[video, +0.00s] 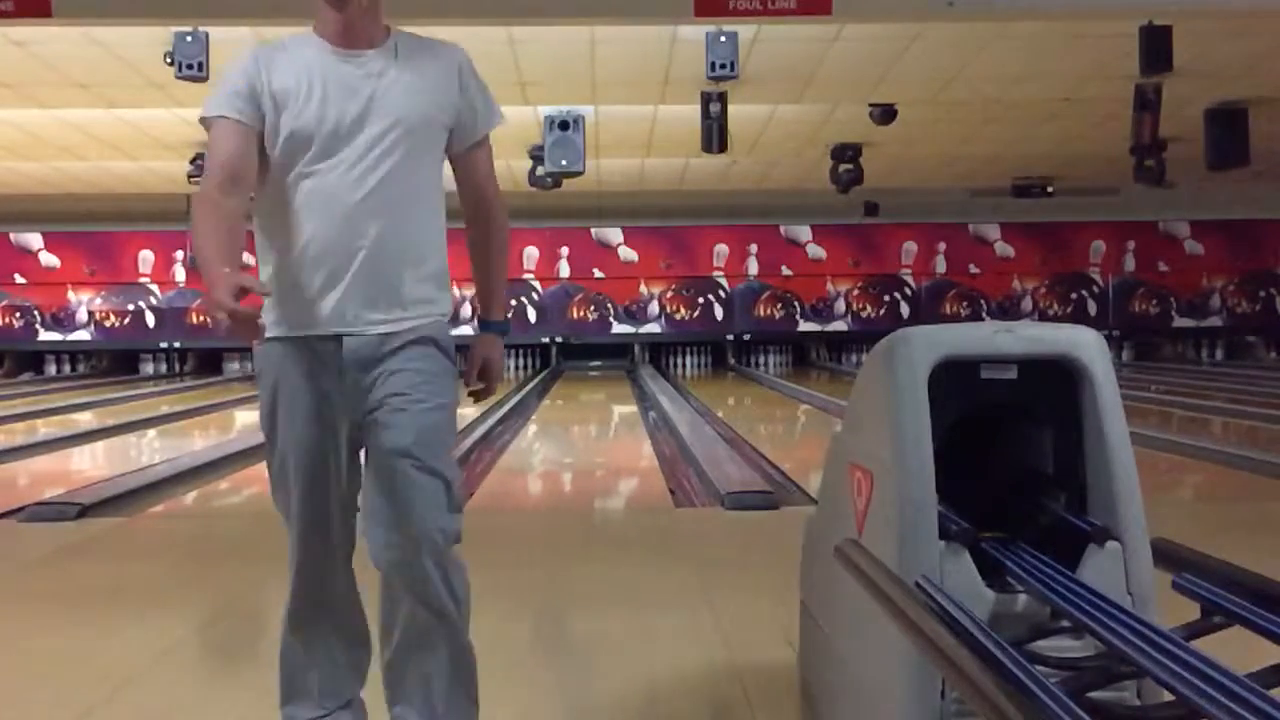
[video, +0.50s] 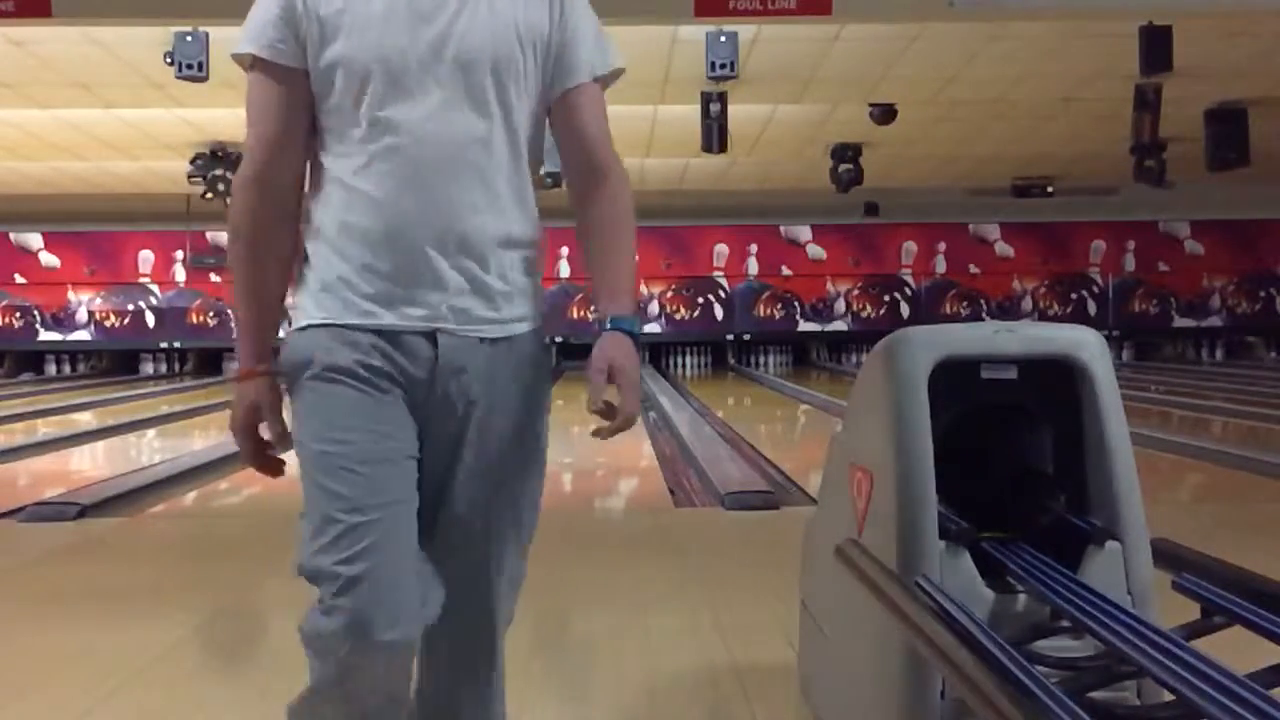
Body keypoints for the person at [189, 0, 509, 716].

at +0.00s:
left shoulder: (445, 67)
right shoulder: (260, 70)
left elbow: (483, 207)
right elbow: (222, 184)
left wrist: (490, 326)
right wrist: (219, 274)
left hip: (411, 340)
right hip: (297, 345)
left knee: (418, 539)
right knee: (317, 550)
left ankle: (435, 712)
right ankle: (324, 709)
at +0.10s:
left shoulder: (458, 64)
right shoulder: (265, 60)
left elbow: (491, 209)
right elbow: (214, 161)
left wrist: (504, 327)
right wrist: (209, 230)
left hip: (423, 346)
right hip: (302, 347)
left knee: (429, 536)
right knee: (320, 549)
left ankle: (441, 710)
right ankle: (324, 708)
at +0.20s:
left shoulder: (479, 58)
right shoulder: (275, 46)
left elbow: (504, 211)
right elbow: (230, 147)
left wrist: (514, 335)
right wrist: (208, 221)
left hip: (440, 354)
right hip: (312, 356)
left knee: (436, 577)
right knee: (319, 576)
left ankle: (439, 715)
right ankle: (318, 713)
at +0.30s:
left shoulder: (504, 39)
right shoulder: (293, 21)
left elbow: (526, 201)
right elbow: (246, 149)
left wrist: (537, 344)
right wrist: (209, 247)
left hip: (464, 345)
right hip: (329, 348)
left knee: (461, 590)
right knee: (321, 585)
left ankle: (448, 714)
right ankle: (319, 708)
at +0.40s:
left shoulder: (523, 14)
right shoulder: (297, 8)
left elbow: (557, 190)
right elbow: (256, 163)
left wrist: (574, 341)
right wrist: (222, 318)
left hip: (482, 345)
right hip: (335, 344)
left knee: (473, 621)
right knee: (329, 626)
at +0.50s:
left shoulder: (548, 8)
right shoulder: (300, 6)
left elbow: (595, 172)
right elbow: (266, 179)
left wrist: (617, 322)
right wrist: (252, 362)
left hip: (500, 338)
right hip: (346, 332)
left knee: (472, 627)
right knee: (376, 616)